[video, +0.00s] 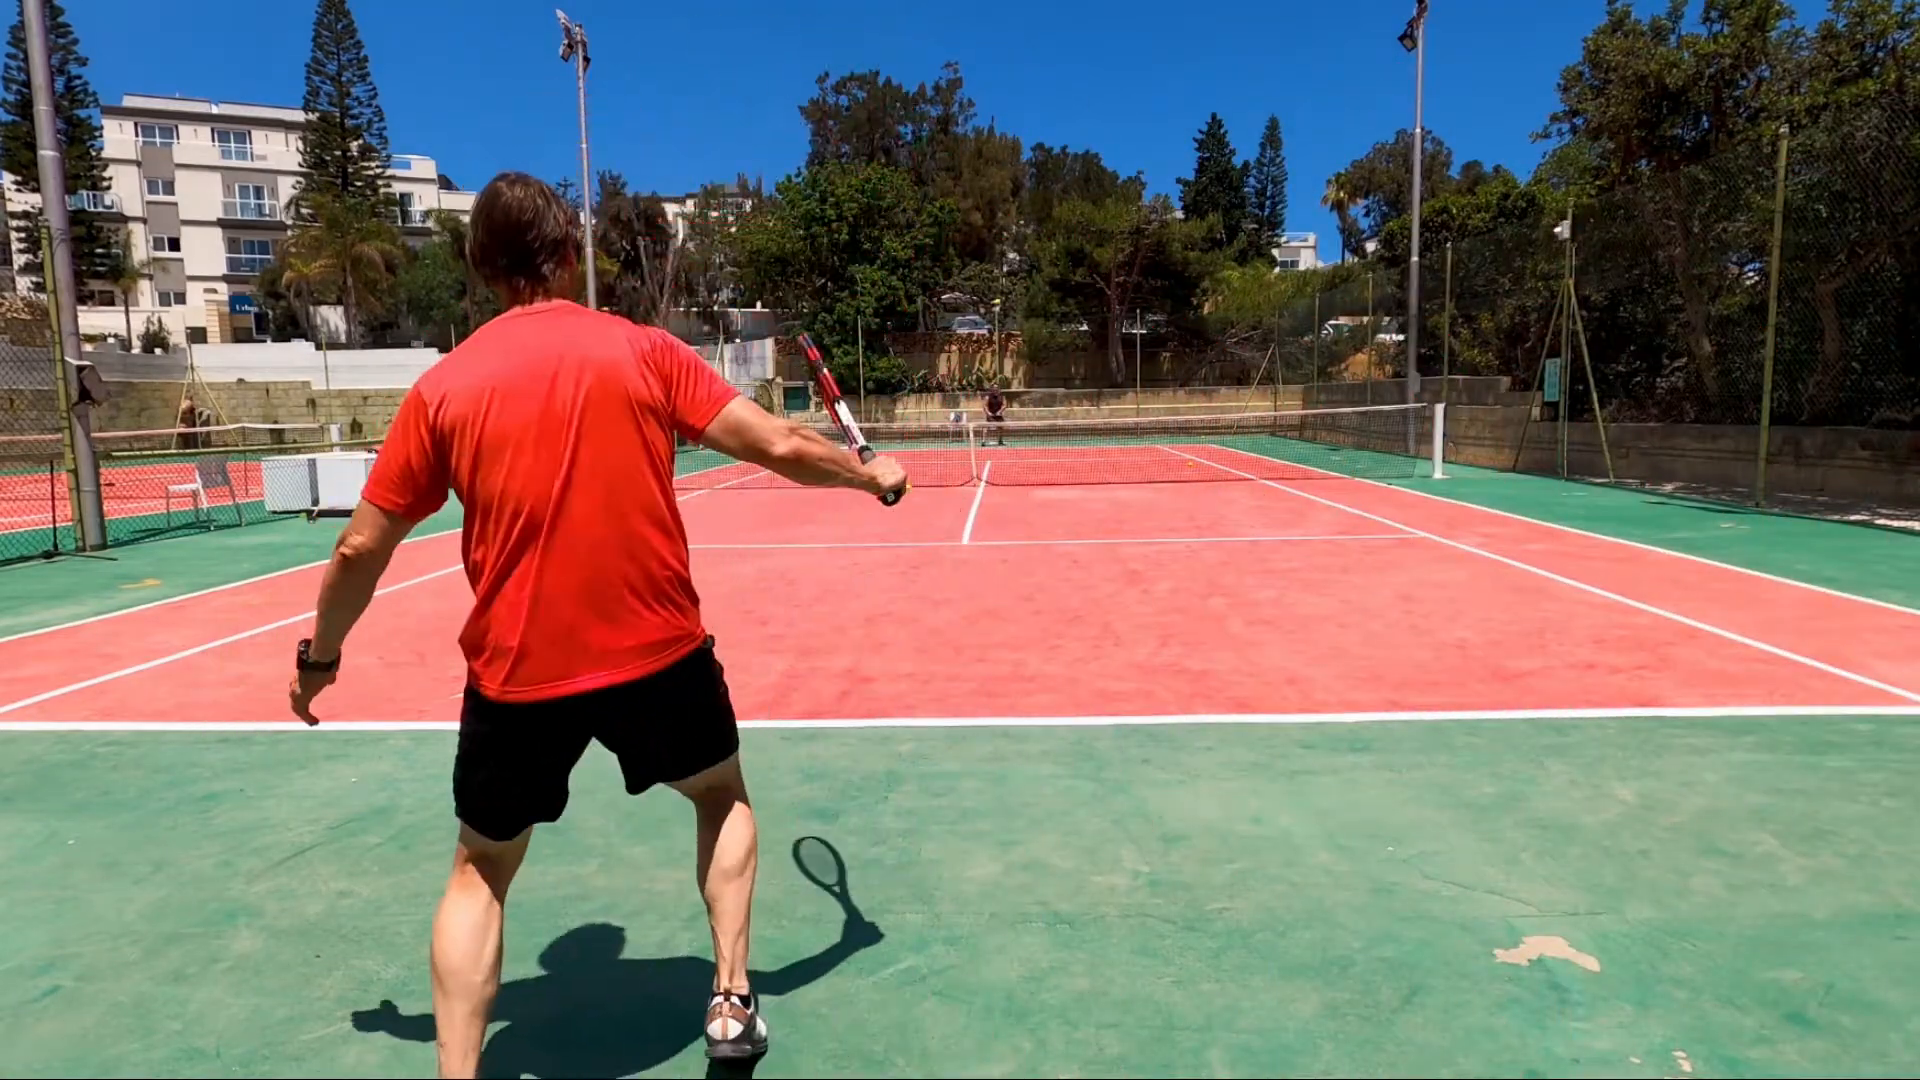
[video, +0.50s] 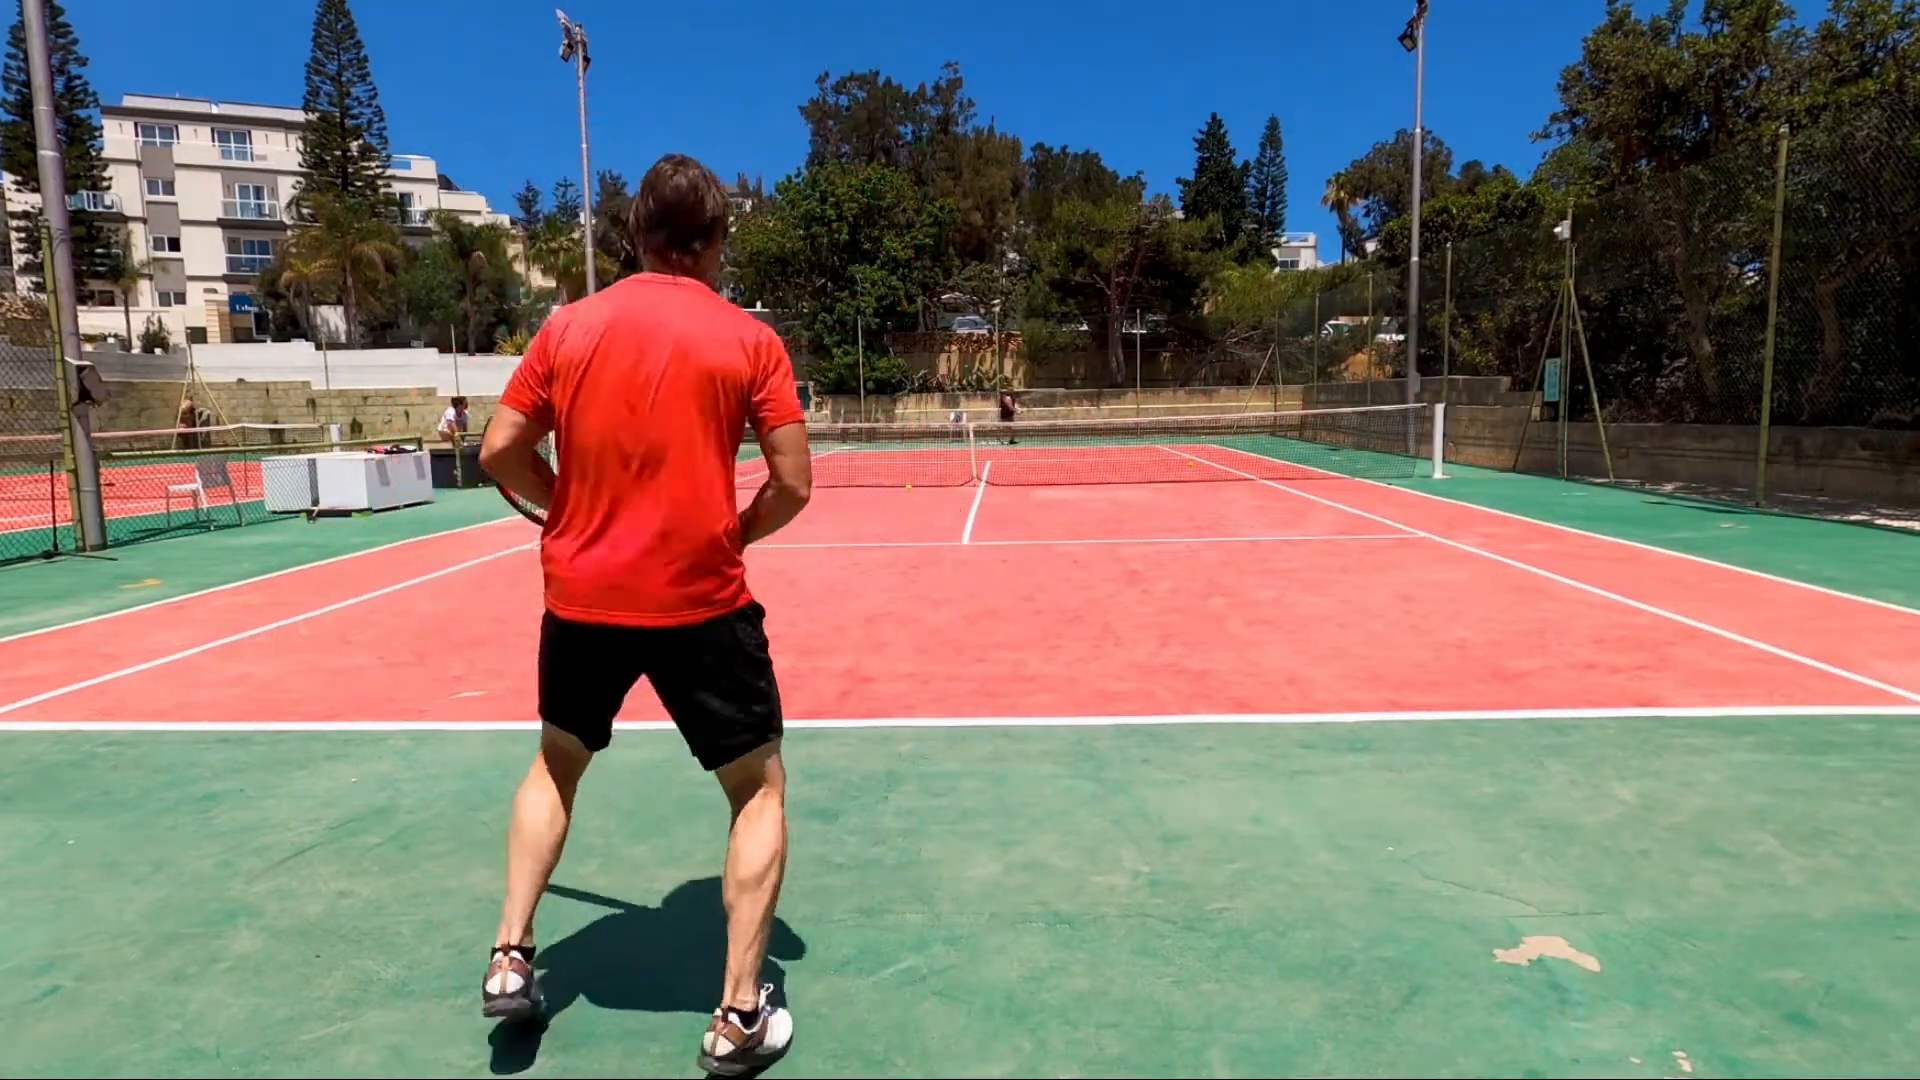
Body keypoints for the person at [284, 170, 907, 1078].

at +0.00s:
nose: (583, 265)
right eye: (580, 253)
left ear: (483, 272)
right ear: (570, 258)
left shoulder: (445, 386)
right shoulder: (640, 350)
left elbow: (363, 546)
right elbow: (775, 445)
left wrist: (321, 649)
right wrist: (866, 469)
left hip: (518, 666)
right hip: (652, 647)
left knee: (482, 865)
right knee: (718, 794)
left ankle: (456, 1071)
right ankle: (732, 1002)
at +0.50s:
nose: (724, 250)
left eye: (717, 239)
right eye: (724, 239)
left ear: (636, 239)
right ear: (713, 242)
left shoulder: (572, 324)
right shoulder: (747, 336)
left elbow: (500, 451)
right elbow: (792, 485)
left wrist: (569, 509)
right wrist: (727, 538)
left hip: (583, 597)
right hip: (699, 603)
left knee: (555, 765)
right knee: (754, 787)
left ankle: (509, 957)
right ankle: (738, 1010)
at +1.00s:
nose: (663, 238)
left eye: (654, 227)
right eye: (661, 227)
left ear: (579, 234)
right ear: (650, 232)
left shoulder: (529, 320)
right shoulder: (673, 319)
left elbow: (485, 433)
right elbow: (731, 433)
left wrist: (549, 472)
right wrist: (694, 487)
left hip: (558, 556)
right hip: (652, 549)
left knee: (572, 703)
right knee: (725, 708)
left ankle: (548, 874)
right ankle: (730, 901)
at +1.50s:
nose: (637, 299)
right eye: (636, 290)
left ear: (566, 292)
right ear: (634, 294)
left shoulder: (518, 366)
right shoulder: (668, 377)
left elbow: (469, 472)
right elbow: (690, 494)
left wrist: (535, 502)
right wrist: (638, 526)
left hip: (542, 582)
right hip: (639, 579)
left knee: (515, 714)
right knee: (704, 713)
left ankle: (482, 861)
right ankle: (720, 867)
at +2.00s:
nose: (439, 393)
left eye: (440, 383)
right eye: (441, 384)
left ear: (451, 382)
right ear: (501, 381)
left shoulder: (465, 424)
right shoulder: (536, 425)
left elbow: (473, 499)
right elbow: (499, 539)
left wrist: (403, 536)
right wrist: (425, 579)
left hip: (554, 593)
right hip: (627, 582)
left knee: (477, 736)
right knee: (602, 656)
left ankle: (527, 885)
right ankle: (641, 781)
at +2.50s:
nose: (454, 453)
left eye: (455, 447)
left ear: (460, 442)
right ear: (505, 443)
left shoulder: (469, 461)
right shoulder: (525, 471)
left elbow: (443, 489)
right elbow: (548, 532)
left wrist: (383, 513)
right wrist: (521, 593)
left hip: (543, 582)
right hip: (592, 575)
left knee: (538, 711)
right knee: (549, 634)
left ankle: (596, 781)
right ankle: (562, 725)